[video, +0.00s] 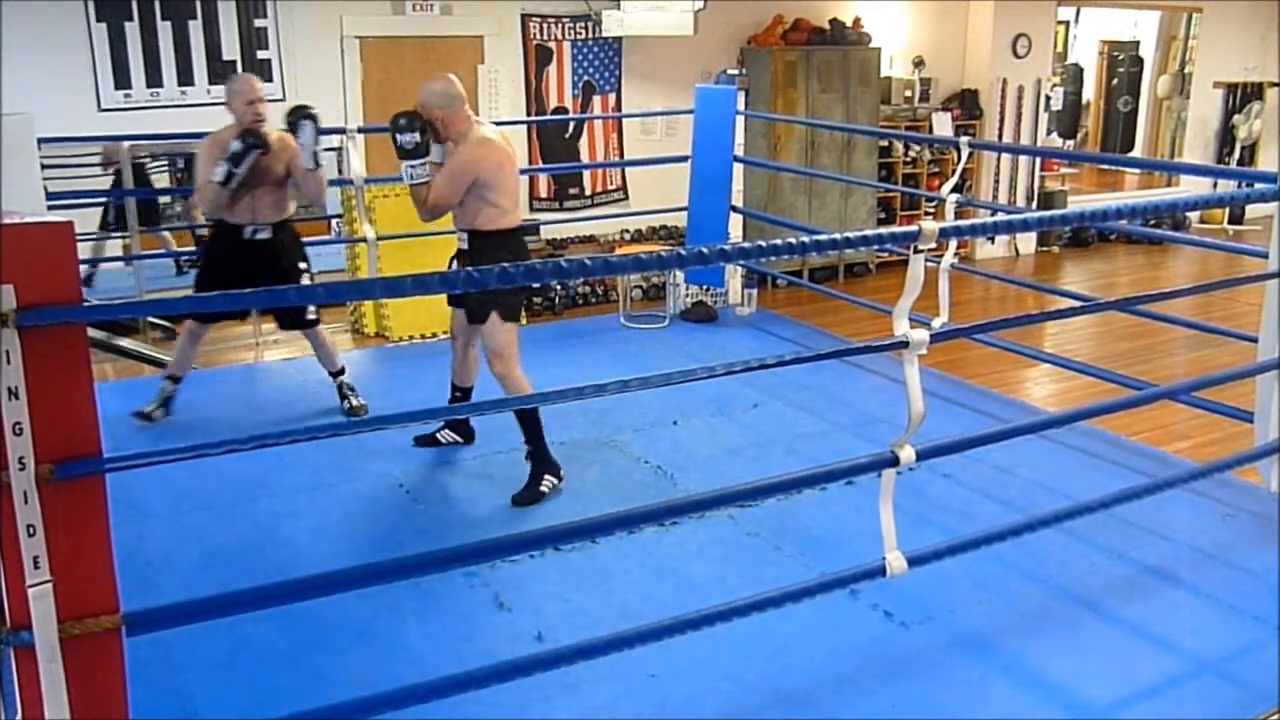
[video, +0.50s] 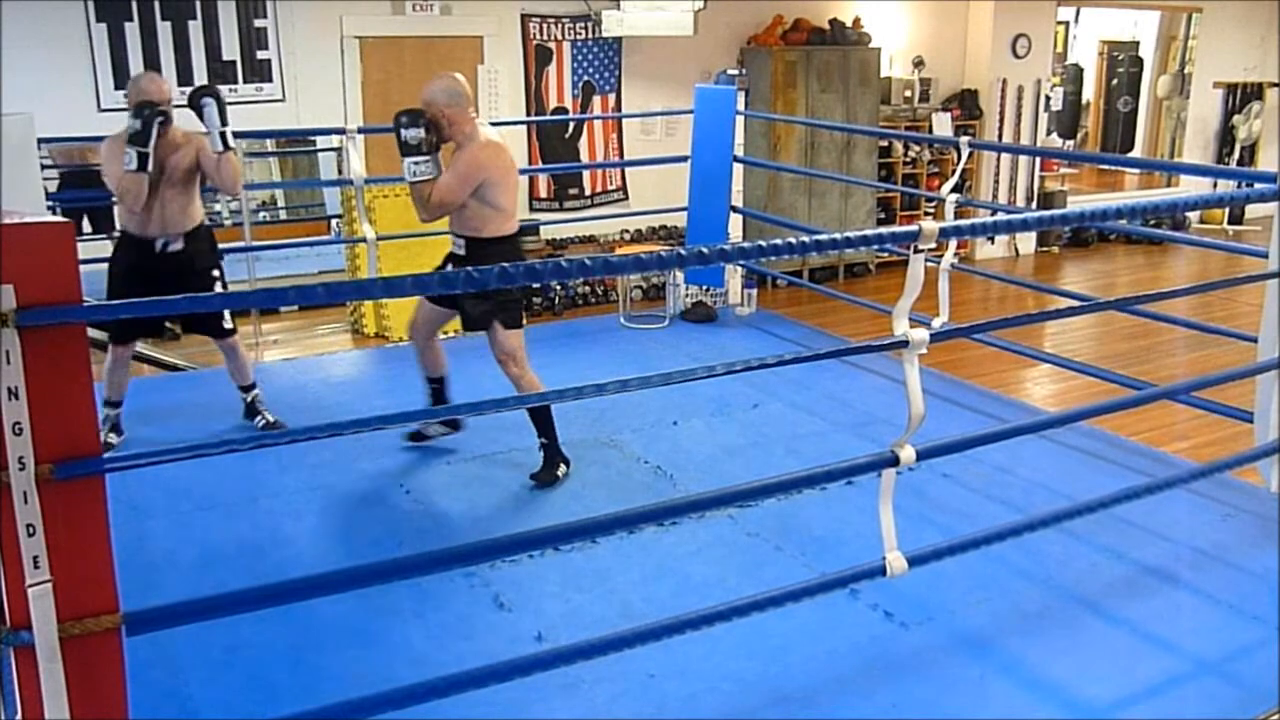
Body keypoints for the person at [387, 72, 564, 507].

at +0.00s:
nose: (429, 127)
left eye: (430, 119)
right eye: (427, 120)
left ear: (447, 116)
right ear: (460, 109)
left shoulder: (473, 150)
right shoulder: (480, 137)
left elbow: (428, 209)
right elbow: (434, 200)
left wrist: (418, 166)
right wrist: (428, 162)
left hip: (496, 252)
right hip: (479, 249)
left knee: (502, 363)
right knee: (462, 339)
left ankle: (544, 463)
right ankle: (458, 421)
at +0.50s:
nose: (426, 121)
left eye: (431, 113)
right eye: (425, 113)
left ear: (454, 113)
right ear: (458, 113)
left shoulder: (480, 154)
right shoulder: (464, 147)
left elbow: (428, 209)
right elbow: (432, 200)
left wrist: (418, 159)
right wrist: (422, 157)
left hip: (496, 262)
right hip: (465, 258)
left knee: (513, 363)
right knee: (421, 332)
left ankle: (554, 454)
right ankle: (443, 414)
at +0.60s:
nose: (410, 128)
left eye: (415, 120)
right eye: (409, 121)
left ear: (440, 118)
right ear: (443, 118)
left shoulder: (464, 157)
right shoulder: (447, 150)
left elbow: (417, 218)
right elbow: (423, 212)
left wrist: (401, 168)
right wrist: (412, 165)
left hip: (485, 265)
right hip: (449, 261)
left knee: (505, 362)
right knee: (402, 331)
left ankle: (552, 454)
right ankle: (393, 419)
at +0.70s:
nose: (388, 137)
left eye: (393, 129)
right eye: (387, 129)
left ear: (418, 127)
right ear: (413, 128)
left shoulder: (441, 162)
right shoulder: (419, 152)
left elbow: (407, 231)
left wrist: (383, 185)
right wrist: (381, 167)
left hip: (466, 265)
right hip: (428, 262)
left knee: (498, 366)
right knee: (387, 347)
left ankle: (552, 456)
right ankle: (364, 431)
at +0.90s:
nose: (358, 143)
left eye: (362, 137)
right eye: (357, 137)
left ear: (387, 139)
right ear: (391, 137)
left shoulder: (437, 168)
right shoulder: (383, 157)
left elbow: (433, 241)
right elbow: (328, 162)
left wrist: (392, 204)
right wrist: (276, 160)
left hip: (457, 257)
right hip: (415, 259)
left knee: (485, 356)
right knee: (380, 349)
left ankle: (527, 443)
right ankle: (367, 435)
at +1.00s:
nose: (369, 138)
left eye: (374, 131)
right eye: (368, 131)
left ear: (400, 131)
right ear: (398, 131)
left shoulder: (444, 163)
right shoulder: (387, 157)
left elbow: (434, 234)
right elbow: (370, 185)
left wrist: (394, 199)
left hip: (457, 258)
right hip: (411, 257)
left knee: (482, 359)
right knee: (381, 350)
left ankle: (517, 437)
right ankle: (367, 433)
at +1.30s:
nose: (365, 131)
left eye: (371, 124)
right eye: (365, 123)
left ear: (395, 125)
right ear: (386, 123)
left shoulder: (434, 162)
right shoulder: (380, 154)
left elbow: (413, 228)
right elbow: (348, 193)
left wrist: (379, 181)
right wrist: (348, 185)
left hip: (432, 264)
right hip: (386, 259)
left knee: (471, 359)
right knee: (334, 342)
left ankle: (519, 440)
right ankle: (315, 429)